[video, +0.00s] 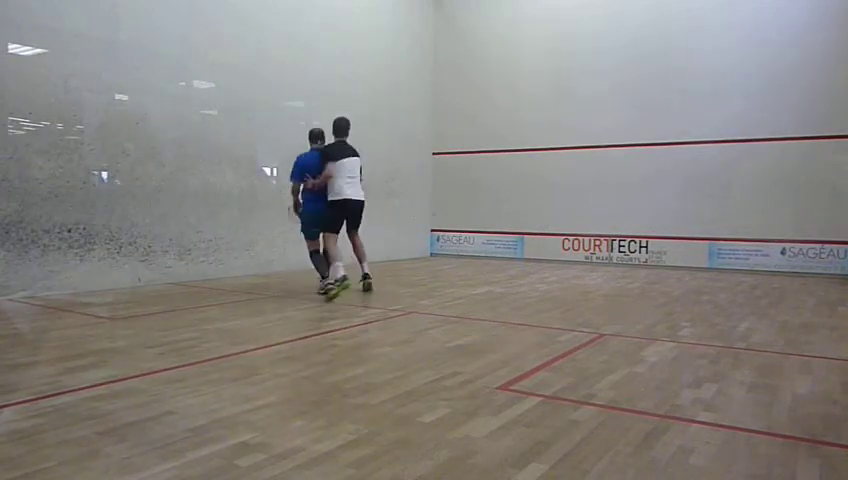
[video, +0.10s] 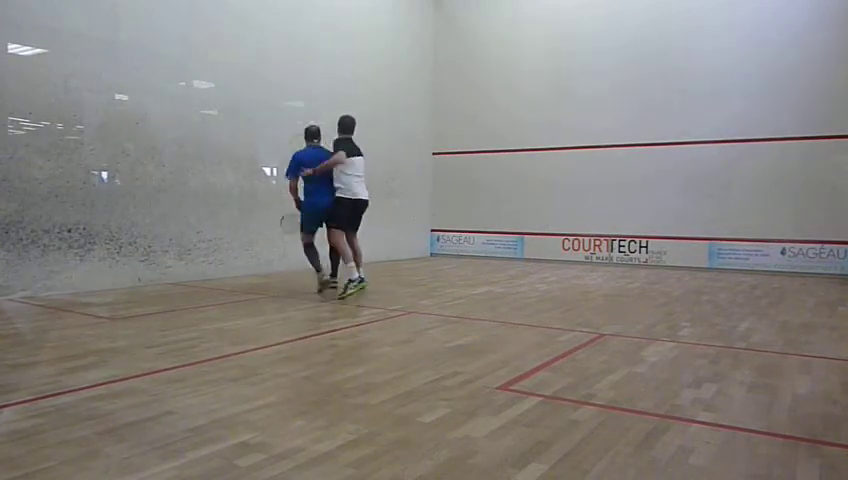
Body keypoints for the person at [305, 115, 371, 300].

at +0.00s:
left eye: (335, 130)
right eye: (345, 129)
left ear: (332, 131)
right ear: (348, 132)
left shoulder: (327, 150)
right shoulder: (354, 152)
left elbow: (328, 175)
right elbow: (359, 177)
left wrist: (314, 183)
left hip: (337, 199)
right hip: (357, 198)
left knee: (330, 238)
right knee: (354, 234)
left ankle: (339, 273)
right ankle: (366, 271)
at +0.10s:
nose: (337, 129)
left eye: (339, 126)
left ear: (338, 128)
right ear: (353, 130)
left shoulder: (340, 143)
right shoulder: (356, 148)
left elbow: (339, 159)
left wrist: (313, 171)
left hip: (347, 197)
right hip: (361, 197)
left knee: (336, 235)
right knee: (351, 236)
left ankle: (353, 276)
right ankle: (359, 275)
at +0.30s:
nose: (341, 132)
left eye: (342, 129)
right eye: (342, 129)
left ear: (346, 130)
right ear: (356, 130)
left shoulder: (354, 142)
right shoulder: (355, 148)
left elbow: (361, 155)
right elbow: (355, 182)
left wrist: (335, 157)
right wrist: (336, 186)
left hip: (365, 197)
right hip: (360, 197)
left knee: (356, 235)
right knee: (353, 235)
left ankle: (371, 281)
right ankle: (361, 277)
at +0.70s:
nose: (358, 126)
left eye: (362, 122)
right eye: (359, 122)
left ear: (371, 126)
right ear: (368, 126)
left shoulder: (376, 142)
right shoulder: (369, 146)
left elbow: (386, 163)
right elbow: (376, 176)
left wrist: (362, 167)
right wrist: (360, 190)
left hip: (382, 196)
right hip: (374, 196)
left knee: (374, 236)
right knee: (367, 235)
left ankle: (390, 280)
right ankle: (363, 276)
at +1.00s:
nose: (372, 123)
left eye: (377, 120)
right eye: (372, 119)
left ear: (386, 124)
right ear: (374, 122)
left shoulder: (388, 141)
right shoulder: (379, 144)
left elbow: (399, 164)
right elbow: (386, 172)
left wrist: (379, 177)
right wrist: (374, 190)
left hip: (393, 195)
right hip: (385, 194)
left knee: (386, 235)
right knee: (377, 234)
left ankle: (390, 280)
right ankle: (383, 276)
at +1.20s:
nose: (380, 122)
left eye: (385, 120)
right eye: (380, 119)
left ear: (394, 124)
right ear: (381, 121)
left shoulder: (397, 142)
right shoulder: (386, 144)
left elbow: (409, 166)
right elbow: (389, 174)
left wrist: (394, 180)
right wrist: (377, 192)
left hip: (398, 197)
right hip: (390, 196)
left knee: (390, 237)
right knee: (388, 236)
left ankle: (391, 280)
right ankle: (411, 272)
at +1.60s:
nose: (397, 123)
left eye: (401, 121)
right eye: (397, 120)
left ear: (410, 125)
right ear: (396, 123)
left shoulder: (413, 143)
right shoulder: (402, 146)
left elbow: (424, 169)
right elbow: (405, 177)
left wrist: (411, 188)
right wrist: (393, 198)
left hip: (414, 198)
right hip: (408, 197)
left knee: (402, 238)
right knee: (415, 238)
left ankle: (392, 281)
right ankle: (422, 280)